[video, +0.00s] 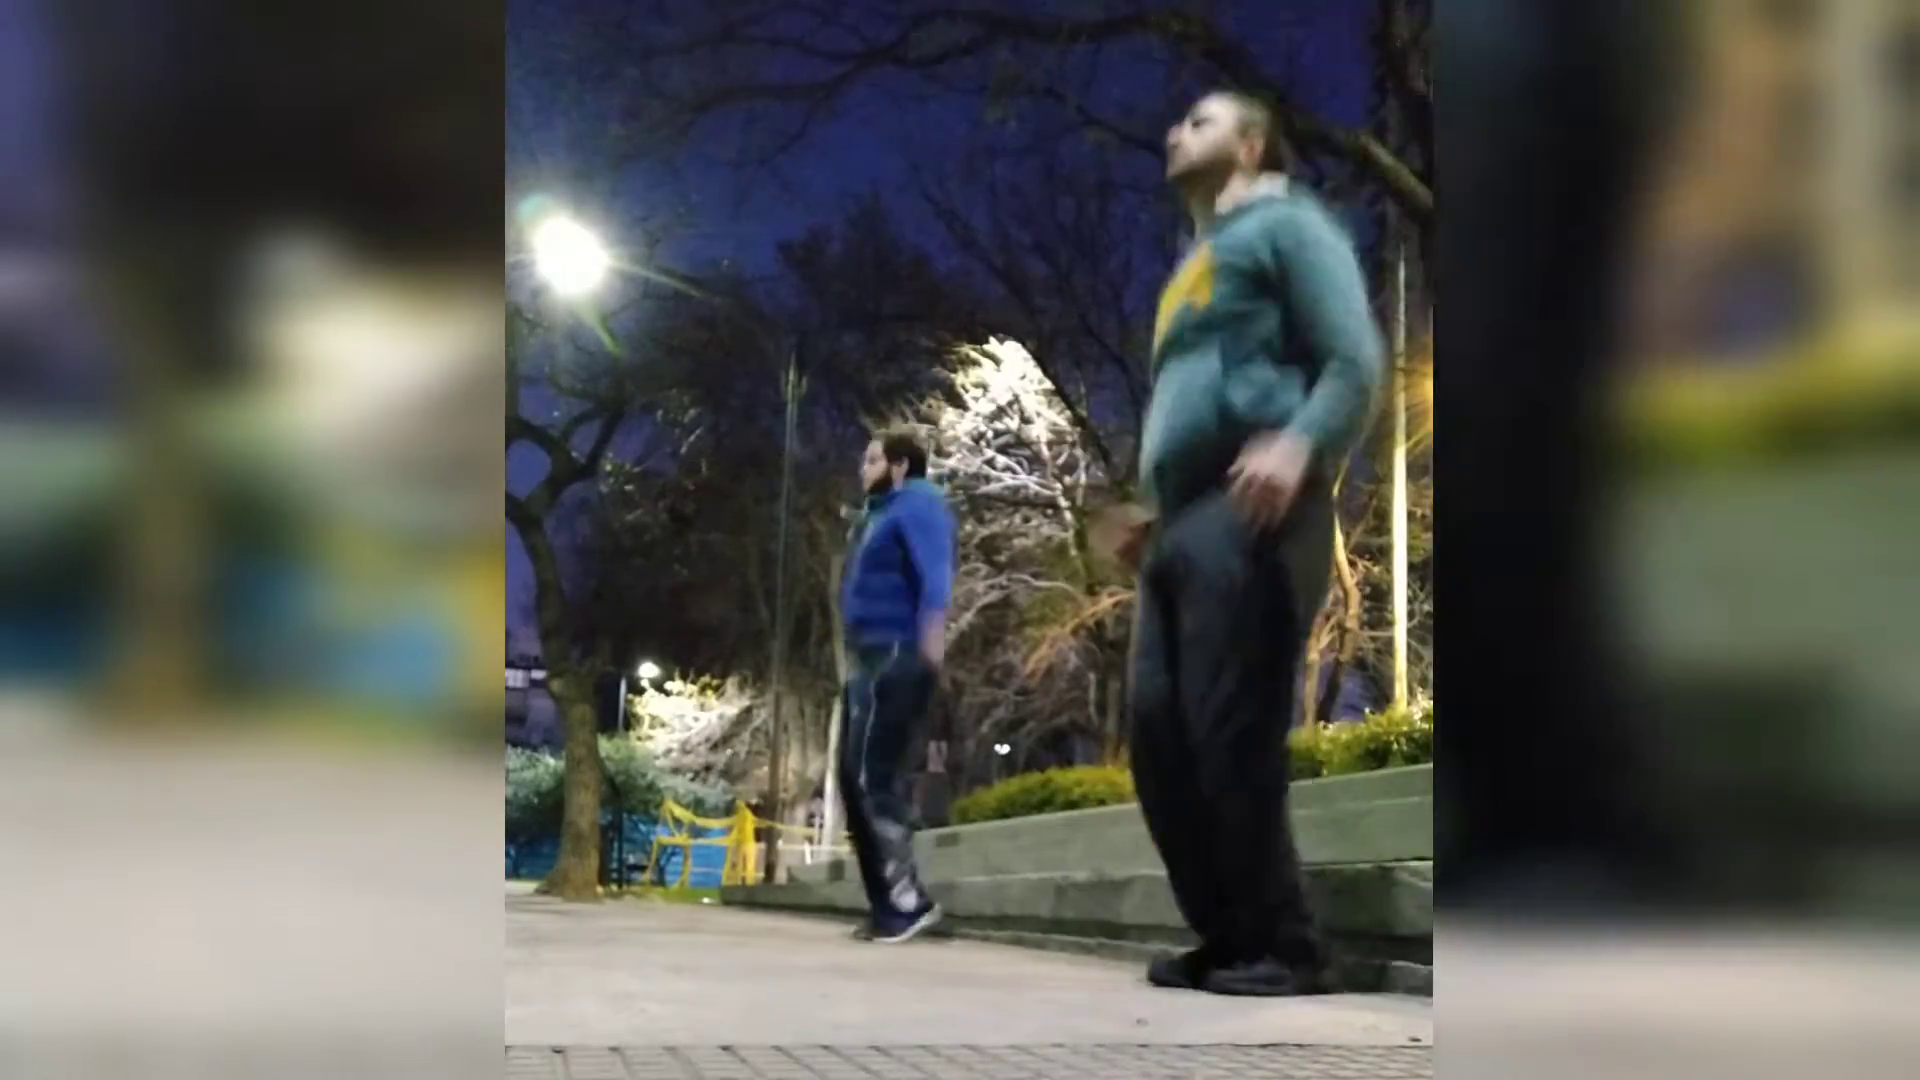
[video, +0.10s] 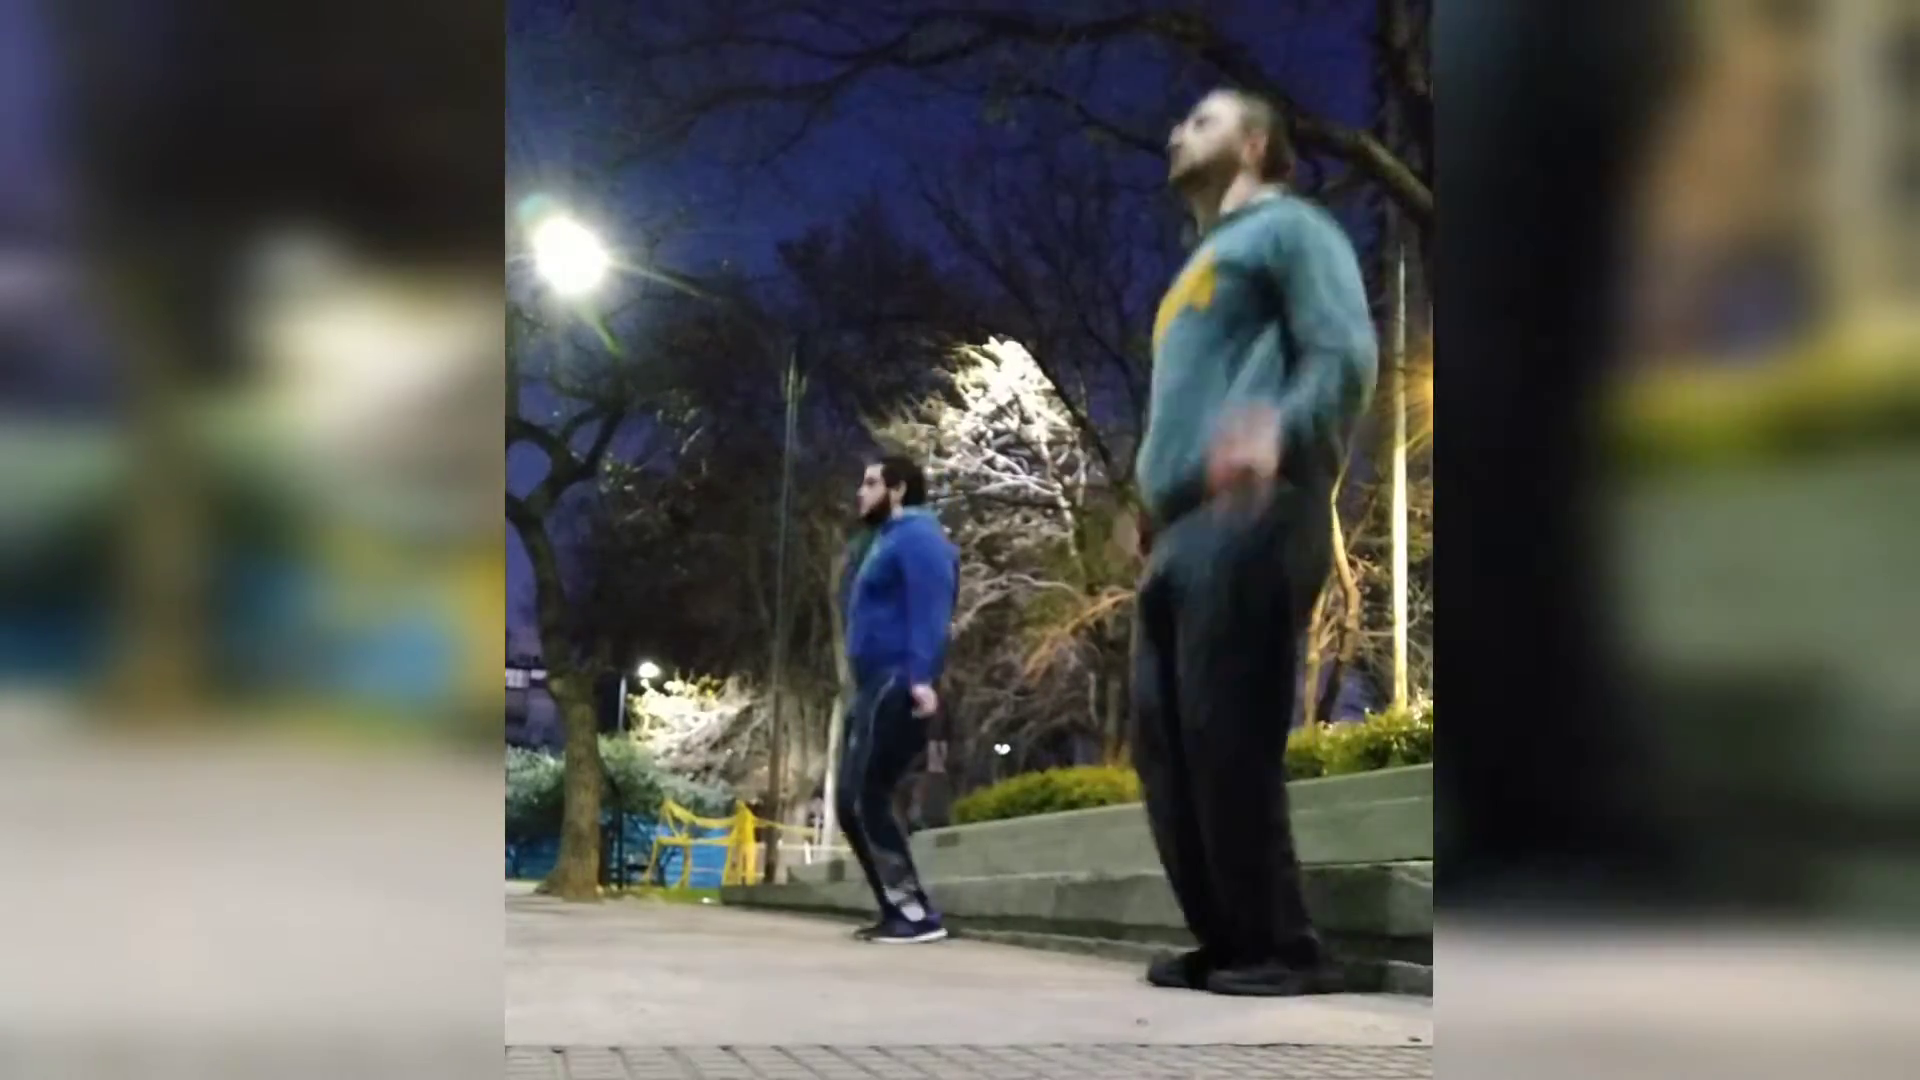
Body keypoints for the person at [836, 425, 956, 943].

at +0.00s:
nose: (863, 469)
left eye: (872, 460)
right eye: (865, 460)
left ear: (899, 465)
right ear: (894, 466)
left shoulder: (918, 503)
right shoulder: (881, 511)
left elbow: (935, 574)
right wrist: (858, 653)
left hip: (897, 657)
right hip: (867, 657)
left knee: (869, 775)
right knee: (855, 778)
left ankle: (904, 901)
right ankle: (886, 904)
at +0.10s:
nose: (861, 493)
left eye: (871, 484)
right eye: (862, 484)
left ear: (898, 489)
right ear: (890, 490)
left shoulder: (917, 535)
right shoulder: (885, 539)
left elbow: (928, 607)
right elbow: (883, 614)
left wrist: (921, 675)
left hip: (897, 683)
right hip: (872, 683)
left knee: (865, 795)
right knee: (851, 800)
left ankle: (911, 910)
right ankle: (896, 908)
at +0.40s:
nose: (880, 449)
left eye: (889, 441)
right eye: (880, 442)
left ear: (915, 450)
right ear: (896, 457)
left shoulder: (928, 494)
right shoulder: (884, 503)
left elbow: (946, 444)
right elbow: (868, 500)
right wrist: (875, 467)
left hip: (904, 628)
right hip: (866, 632)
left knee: (900, 750)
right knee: (869, 762)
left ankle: (937, 876)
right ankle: (885, 883)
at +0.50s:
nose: (874, 477)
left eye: (882, 469)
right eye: (875, 468)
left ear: (907, 474)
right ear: (890, 476)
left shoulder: (932, 517)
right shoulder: (882, 527)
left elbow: (940, 451)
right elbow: (871, 501)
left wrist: (928, 395)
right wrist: (885, 471)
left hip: (912, 661)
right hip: (871, 665)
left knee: (903, 782)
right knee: (864, 791)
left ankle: (955, 904)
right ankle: (883, 902)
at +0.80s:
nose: (869, 454)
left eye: (878, 445)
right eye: (870, 445)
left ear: (907, 453)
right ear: (892, 455)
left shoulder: (920, 486)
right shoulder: (884, 498)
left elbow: (945, 505)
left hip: (905, 626)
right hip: (874, 630)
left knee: (896, 756)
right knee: (871, 763)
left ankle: (934, 884)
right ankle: (892, 884)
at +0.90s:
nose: (863, 468)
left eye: (872, 459)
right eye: (865, 459)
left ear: (898, 467)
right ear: (892, 468)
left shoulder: (918, 507)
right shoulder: (878, 518)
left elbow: (938, 576)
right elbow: (875, 591)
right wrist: (861, 652)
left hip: (904, 651)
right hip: (873, 653)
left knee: (874, 772)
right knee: (862, 777)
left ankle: (909, 897)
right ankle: (894, 902)